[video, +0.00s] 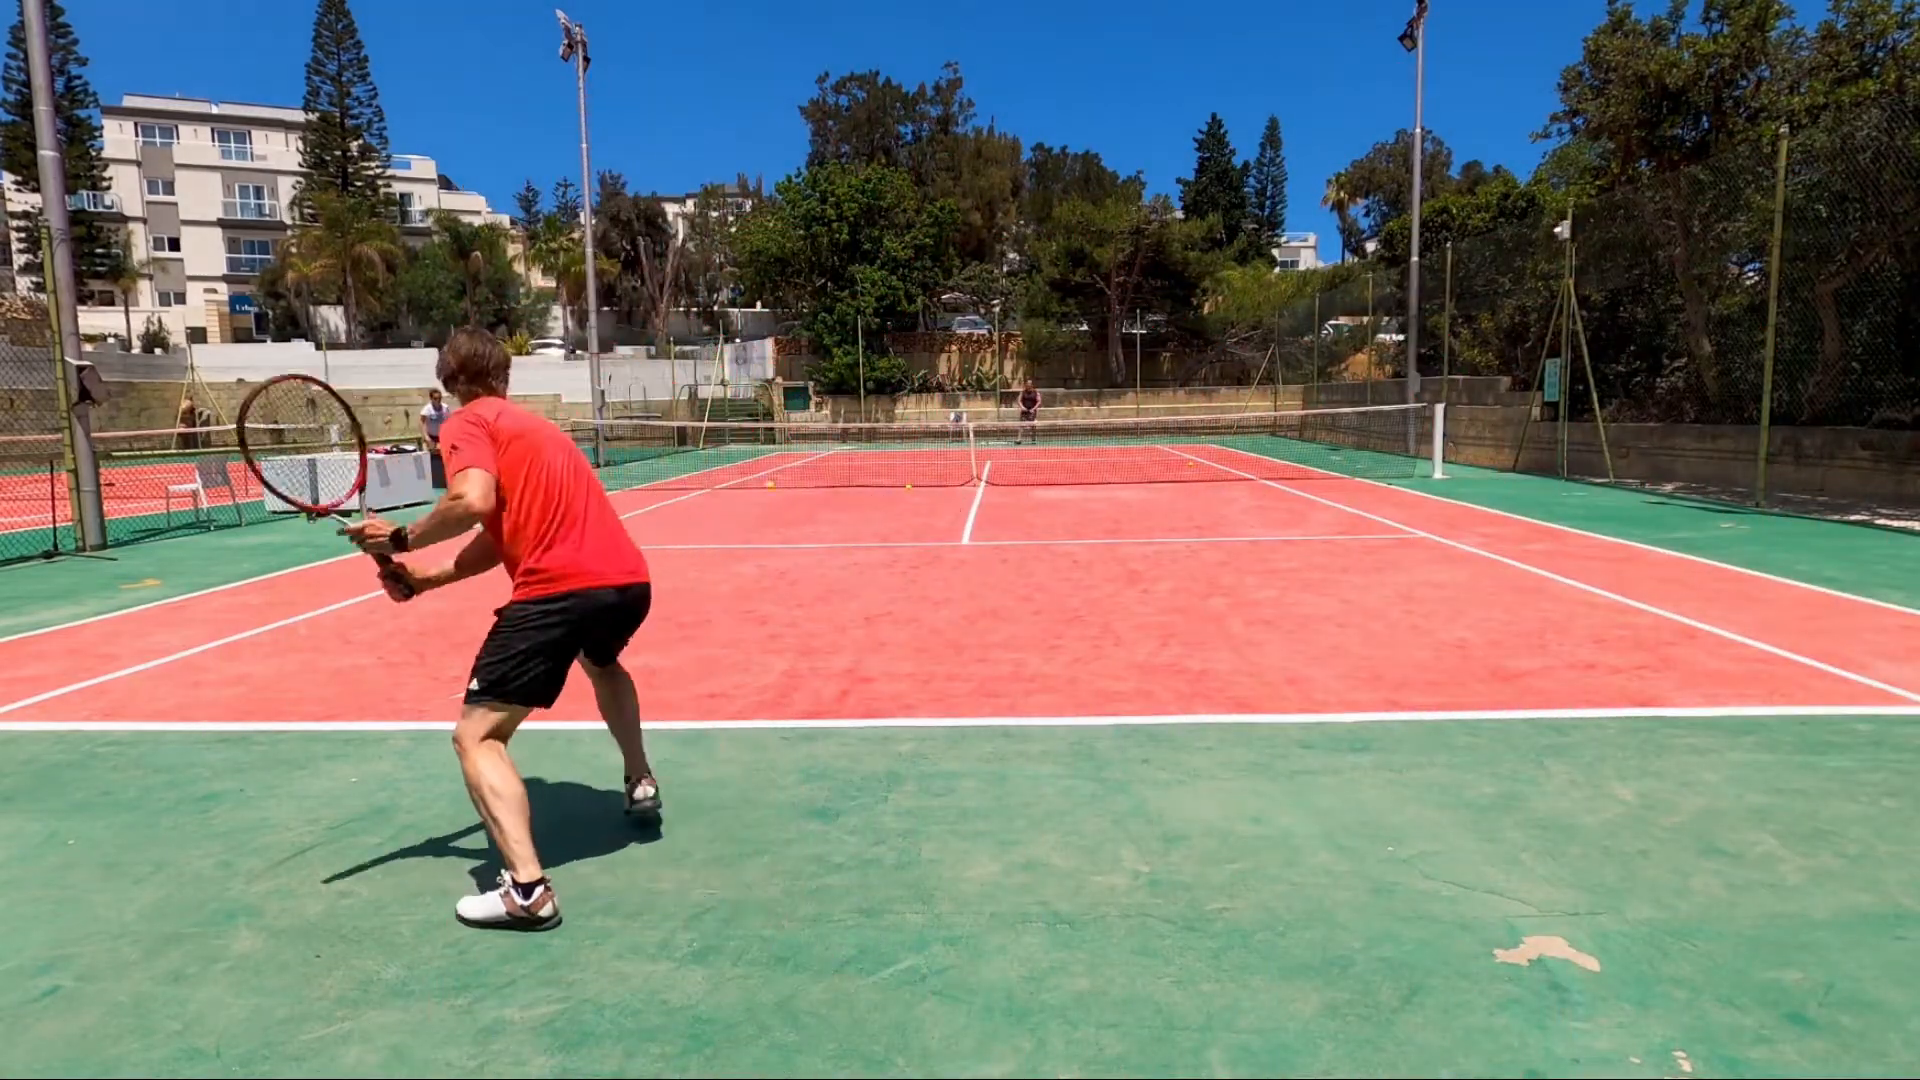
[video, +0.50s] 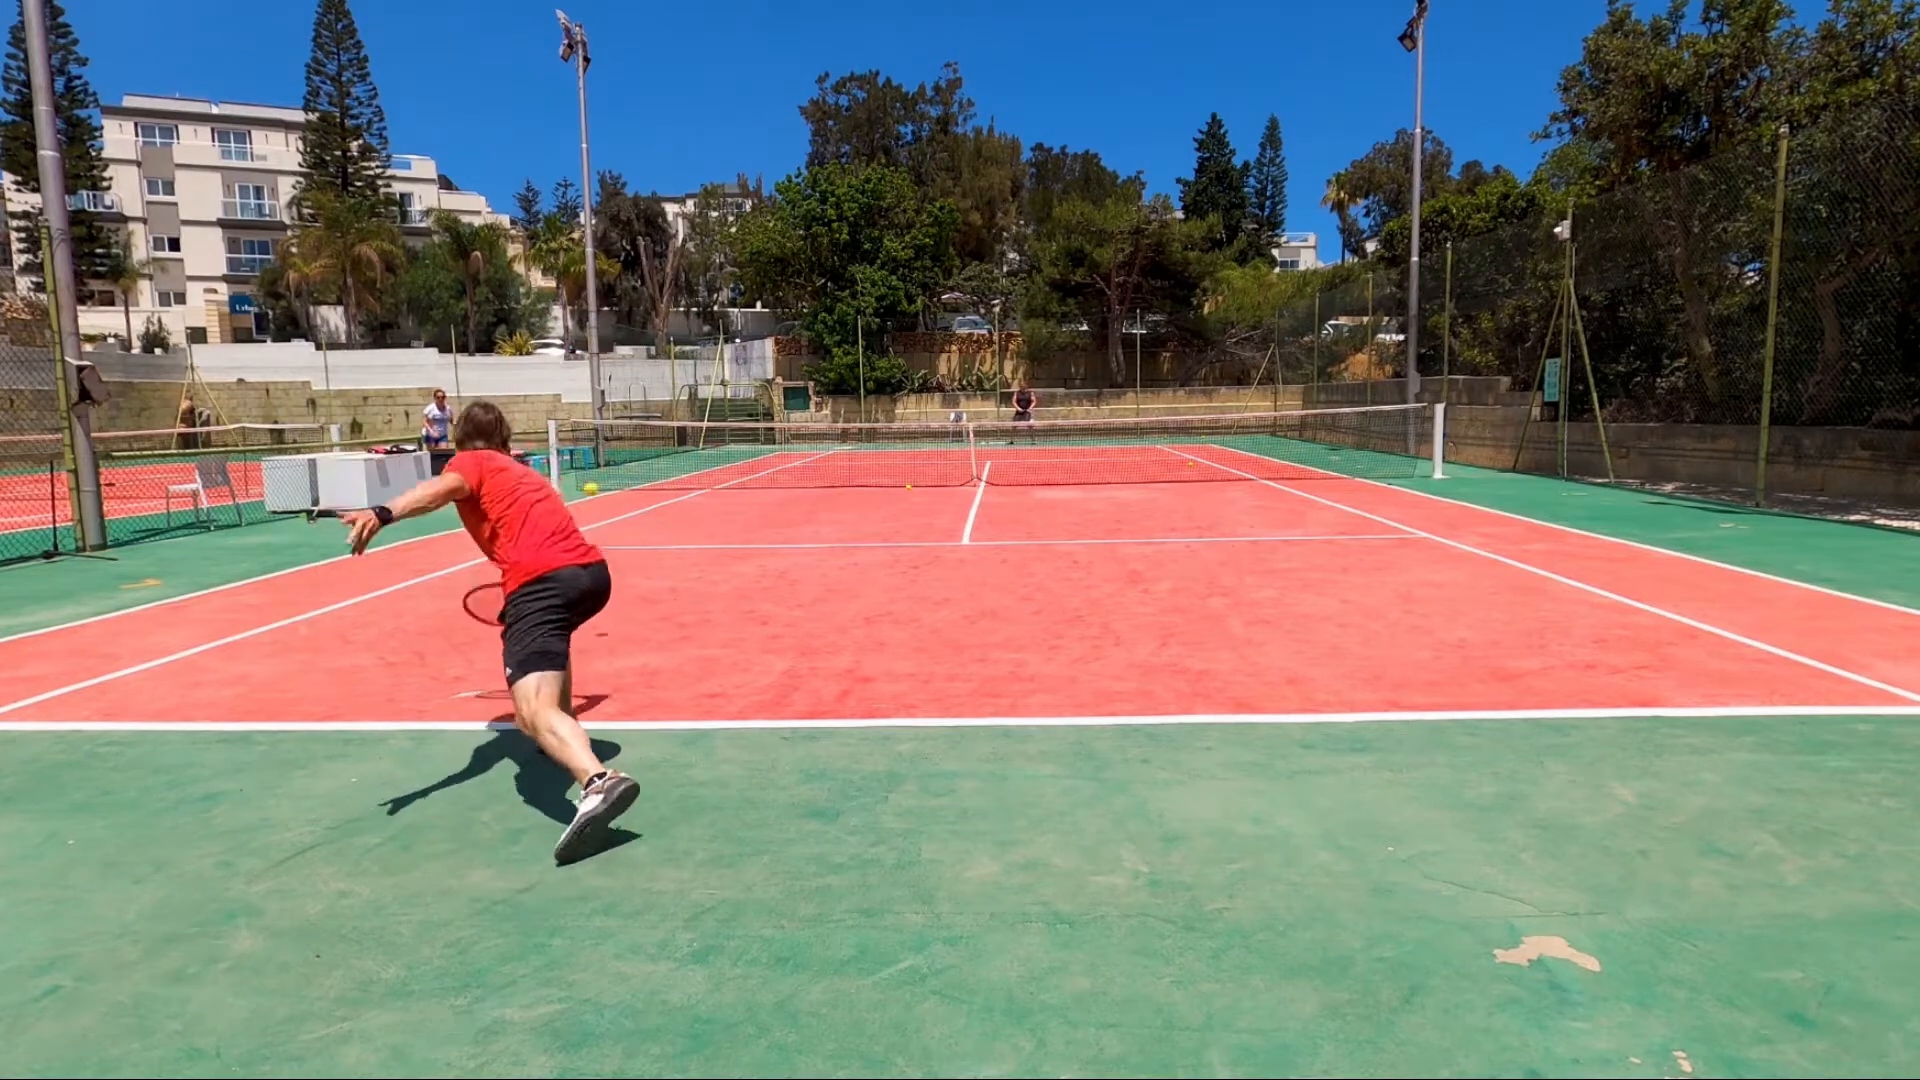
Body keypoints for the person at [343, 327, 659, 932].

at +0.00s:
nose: (439, 393)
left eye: (440, 383)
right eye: (441, 384)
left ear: (451, 382)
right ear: (501, 381)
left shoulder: (465, 424)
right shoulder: (536, 425)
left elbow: (473, 499)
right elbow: (499, 539)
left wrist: (403, 536)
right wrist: (425, 579)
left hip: (554, 593)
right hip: (627, 582)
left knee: (477, 736)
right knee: (602, 656)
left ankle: (527, 885)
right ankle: (641, 781)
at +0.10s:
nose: (438, 399)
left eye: (439, 389)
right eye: (440, 391)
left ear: (447, 386)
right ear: (500, 383)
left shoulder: (465, 413)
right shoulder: (519, 423)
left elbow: (472, 470)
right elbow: (463, 522)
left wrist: (396, 477)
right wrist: (384, 524)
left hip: (558, 578)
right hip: (622, 567)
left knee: (506, 727)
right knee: (593, 633)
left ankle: (536, 878)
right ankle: (603, 740)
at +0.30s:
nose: (448, 429)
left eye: (449, 420)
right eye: (449, 420)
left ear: (459, 422)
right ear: (500, 419)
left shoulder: (485, 451)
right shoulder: (510, 450)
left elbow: (459, 513)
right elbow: (432, 532)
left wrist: (372, 535)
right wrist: (356, 554)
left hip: (572, 588)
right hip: (610, 578)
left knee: (525, 716)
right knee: (544, 640)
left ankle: (554, 831)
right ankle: (564, 730)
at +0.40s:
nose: (455, 446)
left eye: (456, 439)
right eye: (457, 440)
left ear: (465, 437)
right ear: (507, 435)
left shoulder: (480, 461)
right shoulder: (517, 467)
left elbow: (450, 507)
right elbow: (484, 554)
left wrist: (368, 545)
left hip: (560, 590)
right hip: (605, 581)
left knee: (529, 715)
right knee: (551, 647)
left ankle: (580, 806)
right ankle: (566, 730)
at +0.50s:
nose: (454, 453)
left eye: (455, 447)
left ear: (460, 442)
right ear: (505, 443)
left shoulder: (469, 461)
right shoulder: (525, 471)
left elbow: (443, 489)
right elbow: (548, 532)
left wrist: (383, 513)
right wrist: (521, 593)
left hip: (543, 582)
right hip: (592, 575)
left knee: (538, 711)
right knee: (549, 634)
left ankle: (596, 781)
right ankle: (562, 725)